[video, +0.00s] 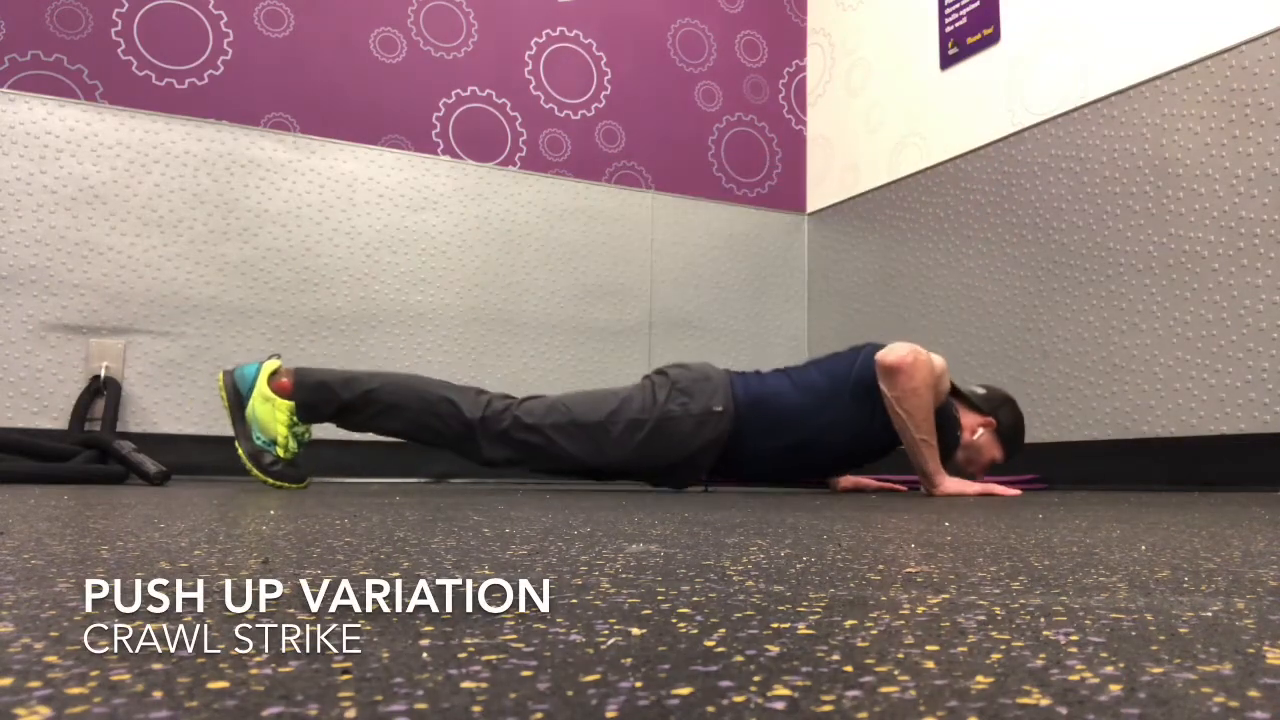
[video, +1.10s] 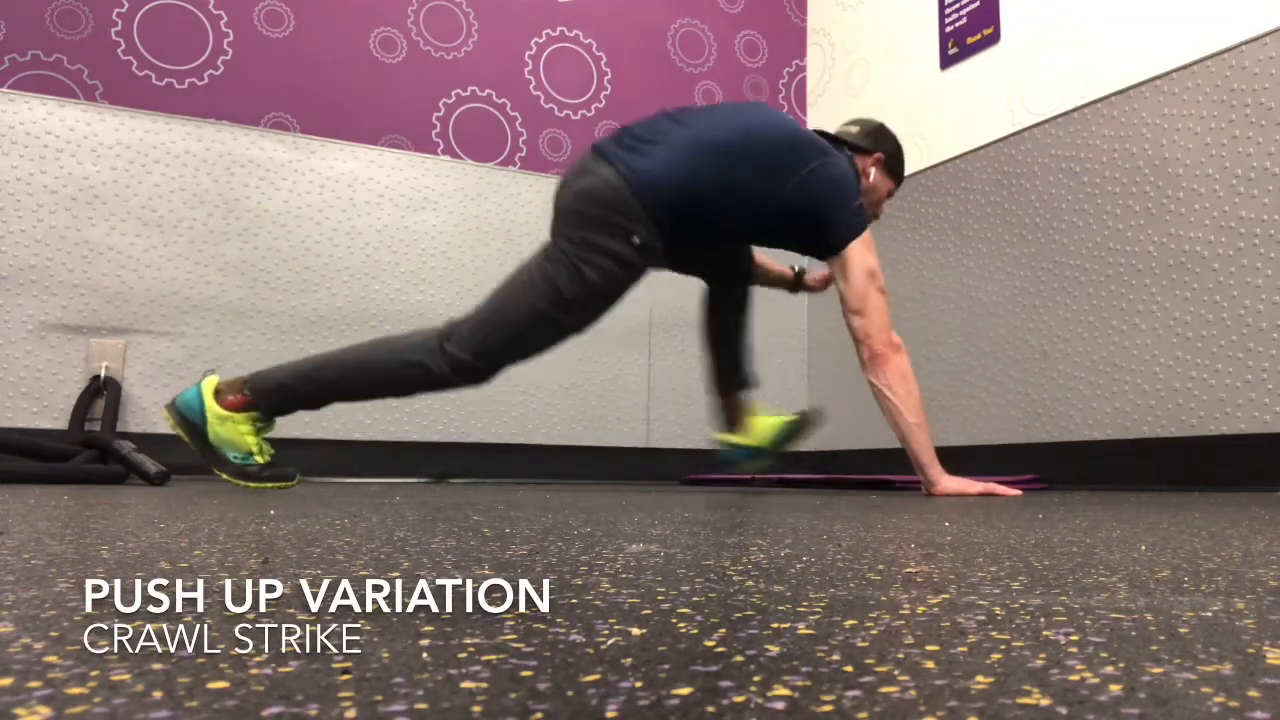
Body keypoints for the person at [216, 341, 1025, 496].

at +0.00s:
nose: (976, 456)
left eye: (985, 456)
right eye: (983, 443)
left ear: (973, 436)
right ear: (971, 409)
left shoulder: (899, 413)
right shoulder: (917, 379)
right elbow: (907, 369)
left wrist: (876, 478)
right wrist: (939, 475)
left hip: (697, 440)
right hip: (697, 410)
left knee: (500, 434)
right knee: (501, 427)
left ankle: (294, 407)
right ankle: (285, 387)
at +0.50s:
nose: (952, 368)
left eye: (964, 365)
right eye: (963, 352)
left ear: (956, 343)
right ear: (952, 312)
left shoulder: (865, 309)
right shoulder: (913, 287)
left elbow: (796, 377)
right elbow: (897, 362)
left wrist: (827, 468)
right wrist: (935, 476)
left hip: (688, 354)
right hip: (685, 333)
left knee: (493, 395)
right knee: (490, 395)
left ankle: (284, 394)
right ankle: (273, 390)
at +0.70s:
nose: (934, 292)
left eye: (942, 283)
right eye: (943, 275)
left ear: (913, 233)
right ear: (933, 241)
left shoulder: (840, 240)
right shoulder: (898, 230)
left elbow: (822, 361)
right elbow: (903, 350)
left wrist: (841, 463)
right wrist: (935, 475)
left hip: (652, 251)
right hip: (651, 244)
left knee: (481, 366)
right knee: (475, 363)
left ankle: (269, 397)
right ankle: (251, 395)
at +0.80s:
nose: (915, 261)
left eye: (922, 249)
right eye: (926, 244)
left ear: (887, 197)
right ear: (912, 212)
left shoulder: (808, 218)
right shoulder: (885, 212)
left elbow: (818, 338)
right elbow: (896, 343)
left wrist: (871, 424)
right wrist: (934, 463)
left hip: (632, 216)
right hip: (630, 205)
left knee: (536, 366)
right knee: (469, 341)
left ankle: (334, 383)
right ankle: (238, 396)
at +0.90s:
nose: (895, 236)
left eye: (900, 223)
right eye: (904, 219)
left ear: (863, 171)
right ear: (888, 189)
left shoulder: (785, 187)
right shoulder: (863, 200)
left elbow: (781, 305)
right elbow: (887, 351)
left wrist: (863, 358)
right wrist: (935, 470)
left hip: (616, 189)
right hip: (616, 186)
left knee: (629, 333)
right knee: (442, 332)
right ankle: (226, 401)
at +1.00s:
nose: (882, 221)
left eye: (885, 210)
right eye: (887, 207)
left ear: (849, 160)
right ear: (872, 182)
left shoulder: (775, 163)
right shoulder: (848, 199)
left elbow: (742, 274)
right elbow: (880, 350)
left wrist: (826, 309)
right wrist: (934, 470)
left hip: (605, 169)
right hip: (614, 188)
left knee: (707, 279)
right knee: (448, 341)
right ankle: (225, 401)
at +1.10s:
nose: (880, 210)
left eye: (885, 199)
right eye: (884, 197)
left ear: (843, 145)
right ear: (866, 170)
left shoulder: (771, 152)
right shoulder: (842, 192)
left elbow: (717, 253)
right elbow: (880, 349)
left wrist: (806, 276)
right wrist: (934, 471)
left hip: (603, 182)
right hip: (619, 211)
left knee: (734, 263)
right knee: (464, 352)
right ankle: (235, 402)